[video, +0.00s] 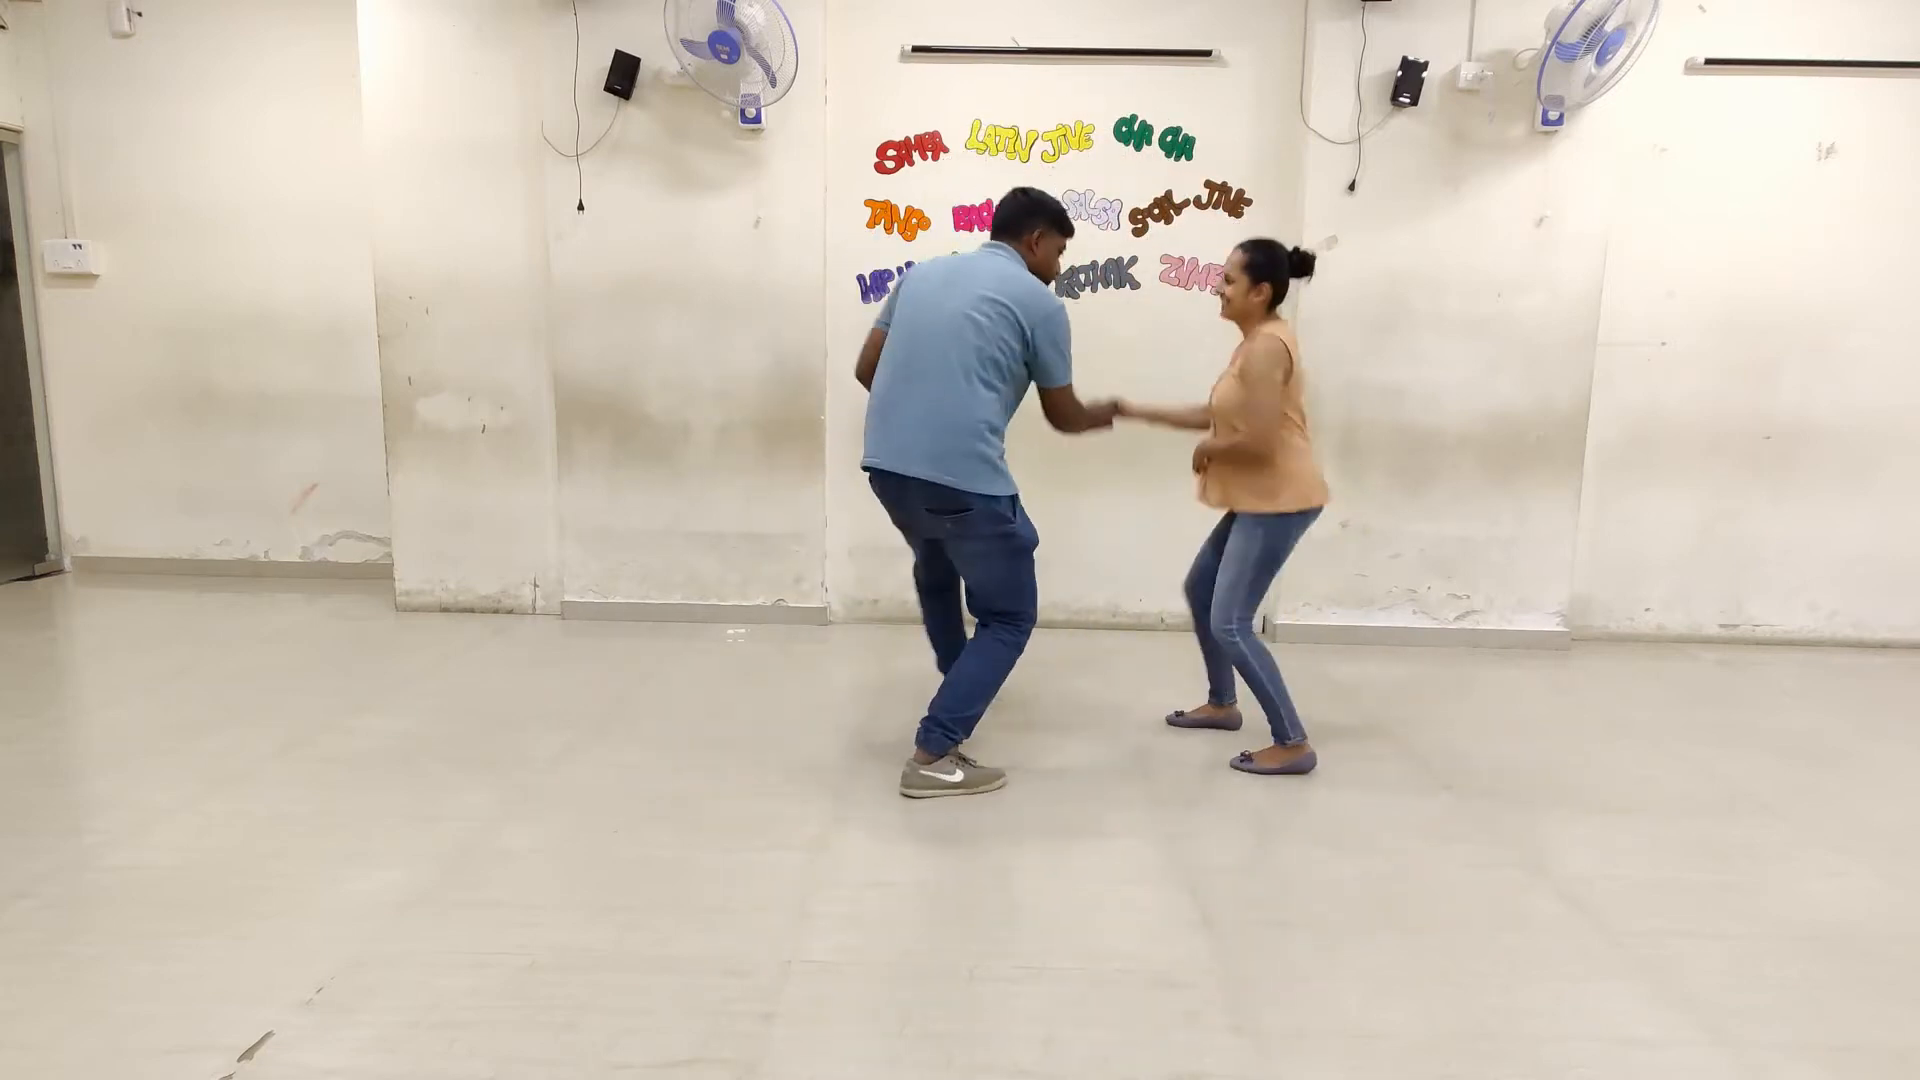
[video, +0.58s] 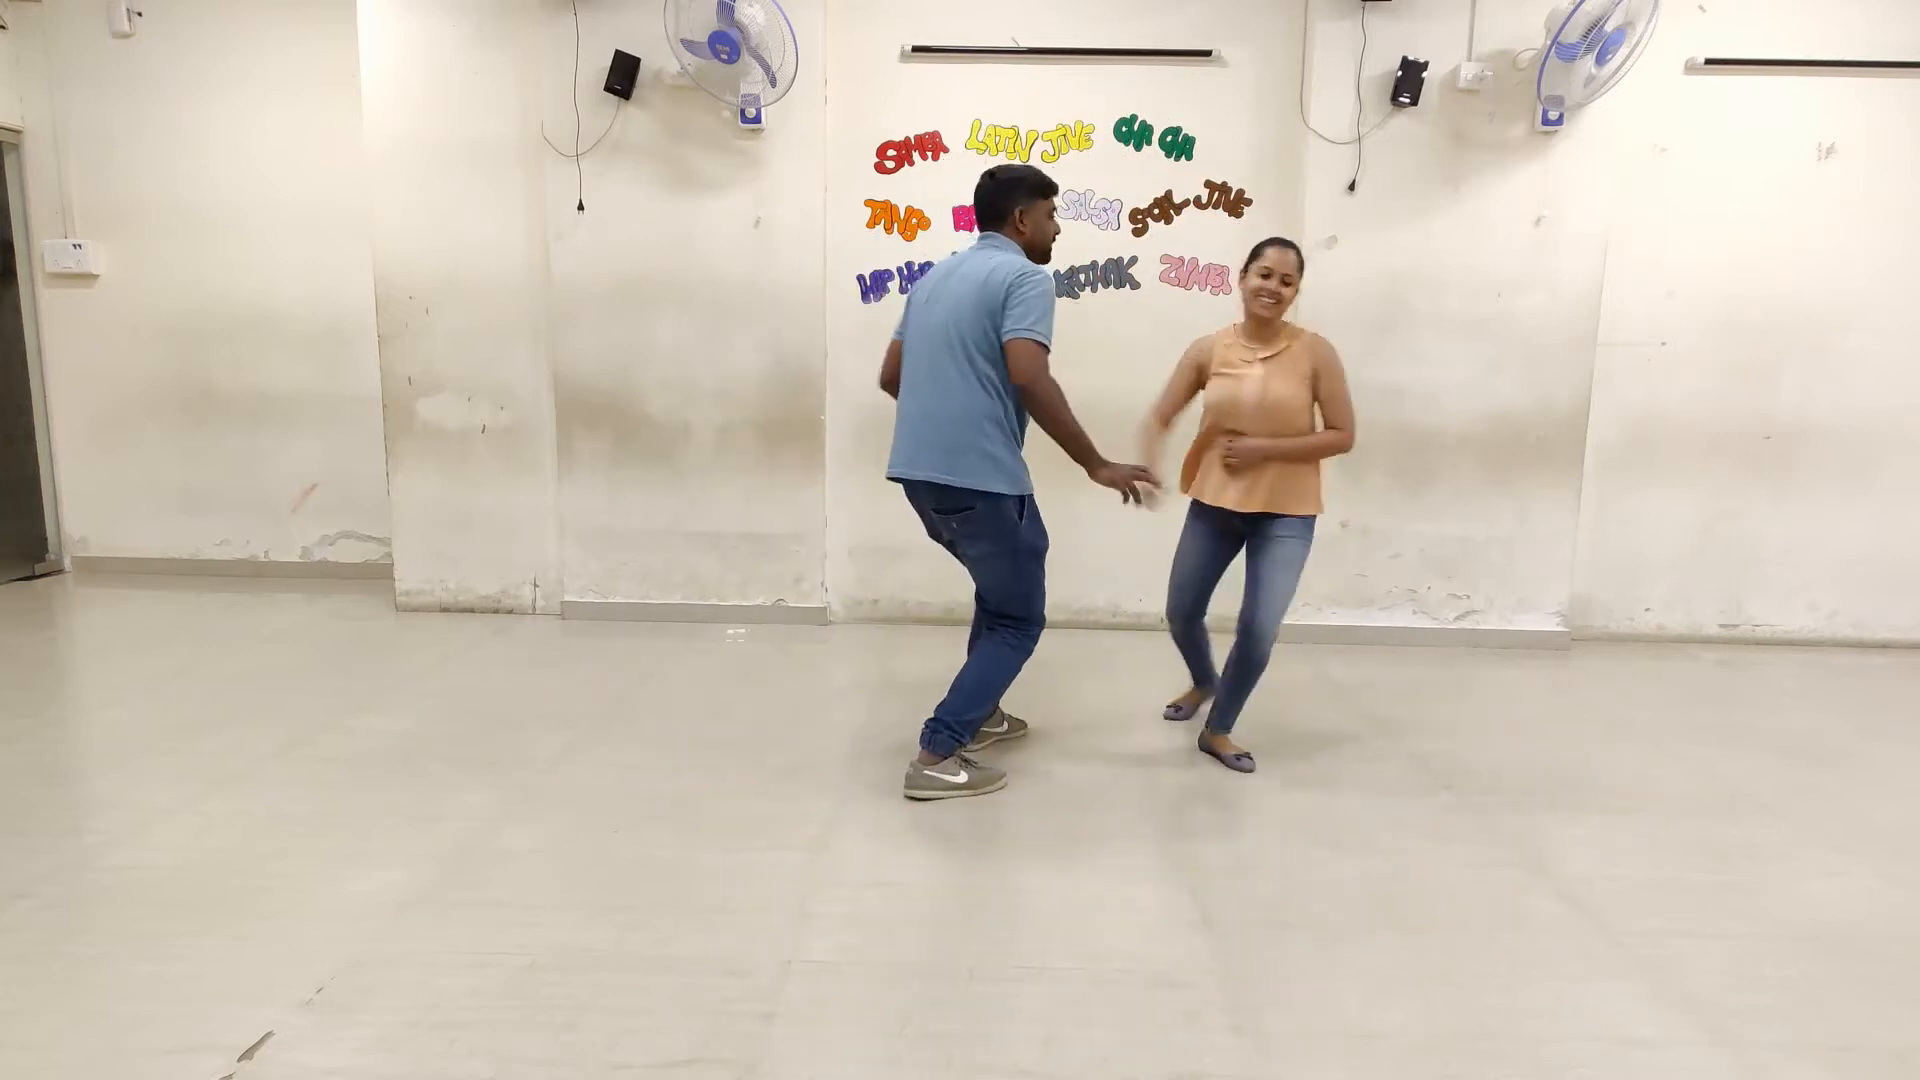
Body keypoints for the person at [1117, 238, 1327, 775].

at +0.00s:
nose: (1219, 290)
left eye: (1229, 281)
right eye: (1222, 279)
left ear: (1262, 291)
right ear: (1258, 290)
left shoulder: (1267, 346)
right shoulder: (1255, 343)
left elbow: (1257, 435)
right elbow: (1216, 415)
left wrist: (1205, 450)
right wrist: (1137, 412)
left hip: (1282, 502)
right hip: (1259, 500)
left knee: (1230, 621)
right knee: (1200, 589)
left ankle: (1293, 744)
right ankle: (1223, 704)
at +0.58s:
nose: (1272, 286)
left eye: (1285, 279)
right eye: (1263, 274)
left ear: (1296, 291)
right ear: (1242, 279)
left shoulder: (1315, 352)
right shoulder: (1209, 349)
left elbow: (1343, 436)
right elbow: (1159, 418)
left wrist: (1261, 448)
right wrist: (1149, 470)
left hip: (1286, 514)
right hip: (1214, 506)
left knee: (1259, 633)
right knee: (1181, 612)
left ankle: (1218, 731)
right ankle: (1206, 682)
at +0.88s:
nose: (1332, 254)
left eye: (1328, 245)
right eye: (1329, 246)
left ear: (1275, 257)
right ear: (1319, 253)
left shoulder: (1255, 314)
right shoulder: (1318, 313)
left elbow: (1235, 395)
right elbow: (1362, 403)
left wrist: (1311, 402)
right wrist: (1409, 398)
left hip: (1231, 479)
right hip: (1284, 484)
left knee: (1251, 606)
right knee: (1310, 609)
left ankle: (1212, 734)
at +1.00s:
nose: (1273, 262)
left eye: (1274, 254)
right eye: (1278, 253)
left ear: (1281, 258)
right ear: (1332, 256)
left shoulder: (1250, 312)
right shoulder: (1362, 315)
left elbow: (1206, 394)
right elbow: (1410, 383)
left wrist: (1258, 407)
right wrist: (1374, 351)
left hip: (1248, 477)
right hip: (1326, 483)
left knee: (1252, 611)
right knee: (1321, 611)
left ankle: (1252, 752)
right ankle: (1328, 745)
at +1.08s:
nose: (1273, 261)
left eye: (1275, 253)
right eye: (1277, 252)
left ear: (1286, 258)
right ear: (1332, 254)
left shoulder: (1255, 311)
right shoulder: (1367, 315)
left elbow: (1206, 393)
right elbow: (1403, 379)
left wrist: (1255, 404)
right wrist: (1360, 345)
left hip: (1255, 477)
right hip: (1333, 483)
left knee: (1259, 613)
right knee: (1323, 610)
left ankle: (1265, 754)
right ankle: (1331, 745)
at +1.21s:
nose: (1278, 262)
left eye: (1286, 252)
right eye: (1280, 250)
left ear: (1318, 255)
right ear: (1329, 256)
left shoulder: (1301, 306)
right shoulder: (1359, 308)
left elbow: (1259, 401)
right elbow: (1308, 368)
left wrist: (1257, 405)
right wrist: (1237, 363)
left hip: (1303, 482)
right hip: (1359, 482)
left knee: (1282, 620)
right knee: (1320, 613)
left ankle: (1309, 756)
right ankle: (1343, 743)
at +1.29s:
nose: (1280, 273)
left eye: (1289, 263)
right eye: (1282, 261)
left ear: (1322, 267)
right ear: (1326, 269)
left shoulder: (1320, 320)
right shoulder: (1348, 316)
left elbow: (1293, 414)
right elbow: (1278, 386)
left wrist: (1265, 431)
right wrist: (1199, 382)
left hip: (1324, 494)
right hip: (1360, 494)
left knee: (1276, 626)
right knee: (1305, 621)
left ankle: (1320, 758)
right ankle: (1344, 743)